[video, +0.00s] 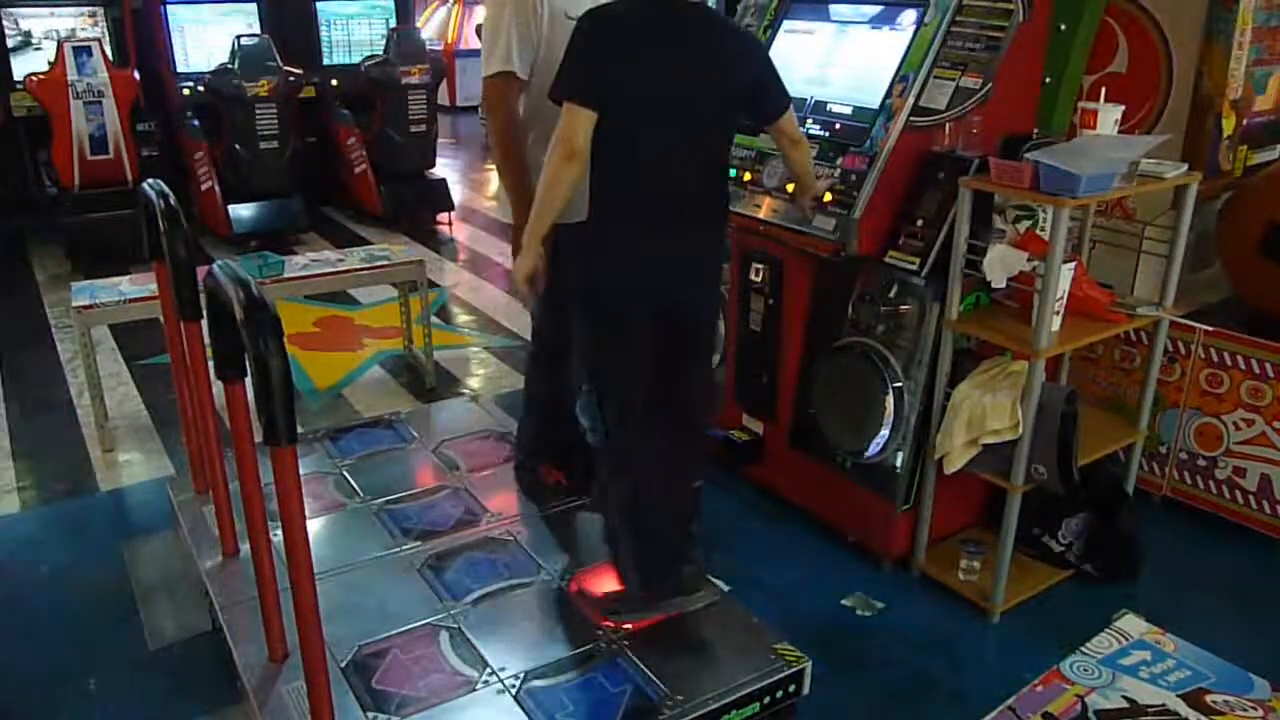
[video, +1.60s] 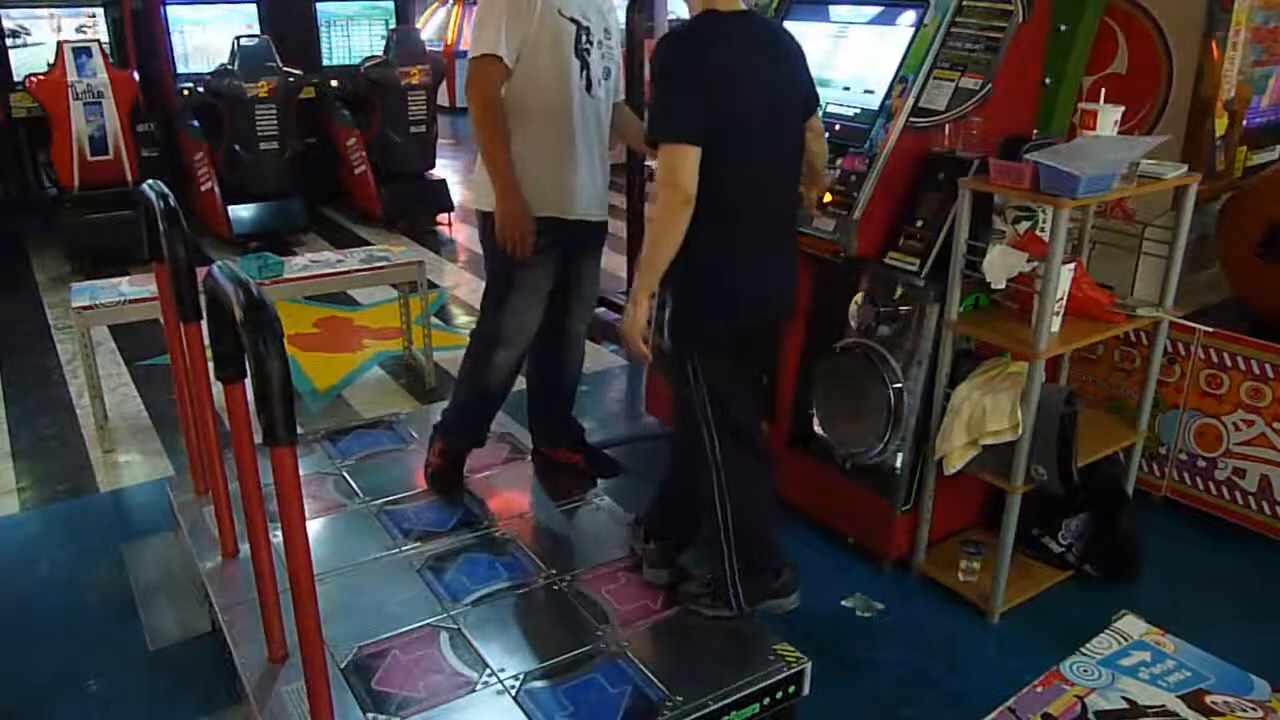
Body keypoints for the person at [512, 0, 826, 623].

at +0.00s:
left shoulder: (604, 27)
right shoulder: (737, 44)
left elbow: (570, 146)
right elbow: (792, 141)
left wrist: (533, 237)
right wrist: (807, 183)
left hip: (613, 253)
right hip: (694, 261)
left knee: (623, 411)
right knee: (682, 408)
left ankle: (648, 577)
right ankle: (675, 559)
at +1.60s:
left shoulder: (683, 48)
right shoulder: (782, 43)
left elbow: (677, 189)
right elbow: (815, 160)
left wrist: (642, 292)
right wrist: (805, 189)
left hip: (706, 274)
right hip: (769, 270)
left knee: (728, 430)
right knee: (706, 419)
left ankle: (757, 574)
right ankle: (664, 537)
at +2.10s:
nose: (651, 4)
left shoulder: (714, 60)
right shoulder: (751, 48)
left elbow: (714, 199)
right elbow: (796, 168)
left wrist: (655, 304)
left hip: (720, 294)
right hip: (748, 285)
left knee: (729, 441)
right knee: (676, 418)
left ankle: (757, 582)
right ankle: (662, 540)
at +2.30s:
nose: (632, 3)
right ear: (664, 1)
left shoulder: (718, 58)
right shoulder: (684, 57)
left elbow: (731, 199)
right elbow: (681, 170)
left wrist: (676, 317)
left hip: (728, 299)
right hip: (684, 288)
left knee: (728, 445)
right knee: (638, 422)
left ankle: (760, 578)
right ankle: (645, 546)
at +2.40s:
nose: (615, 5)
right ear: (627, 4)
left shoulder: (707, 58)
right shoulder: (649, 54)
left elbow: (731, 196)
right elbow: (667, 160)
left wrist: (685, 317)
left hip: (714, 296)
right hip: (657, 291)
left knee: (720, 444)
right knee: (625, 426)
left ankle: (758, 574)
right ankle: (624, 548)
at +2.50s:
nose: (593, 3)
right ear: (606, 4)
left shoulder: (693, 55)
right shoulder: (634, 54)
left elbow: (719, 195)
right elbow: (646, 182)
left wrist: (686, 317)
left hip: (686, 300)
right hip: (640, 293)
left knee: (706, 444)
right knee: (615, 427)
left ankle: (755, 567)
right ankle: (610, 549)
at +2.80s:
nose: (526, 2)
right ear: (541, 2)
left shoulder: (641, 53)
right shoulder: (550, 56)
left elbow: (672, 186)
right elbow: (553, 177)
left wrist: (645, 314)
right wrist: (524, 268)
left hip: (620, 294)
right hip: (564, 286)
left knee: (607, 444)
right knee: (568, 435)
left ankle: (671, 553)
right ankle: (603, 556)